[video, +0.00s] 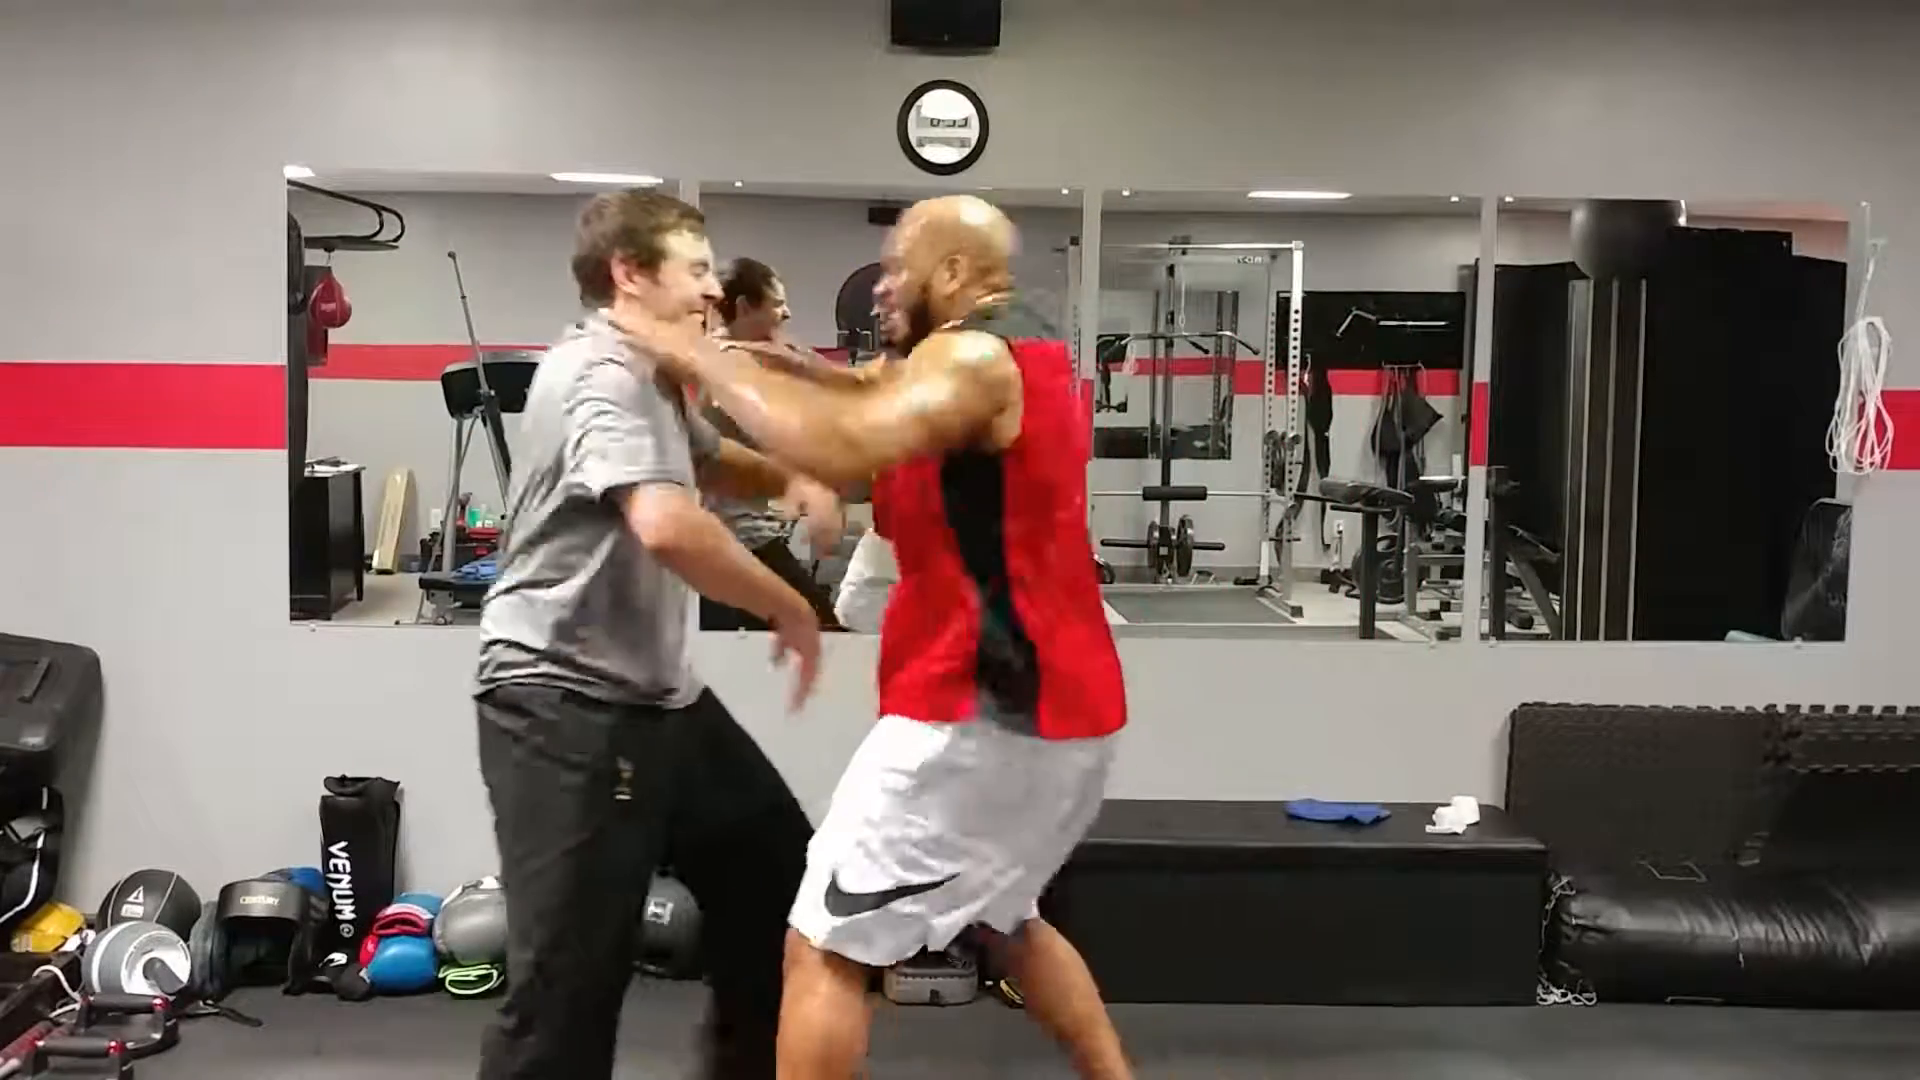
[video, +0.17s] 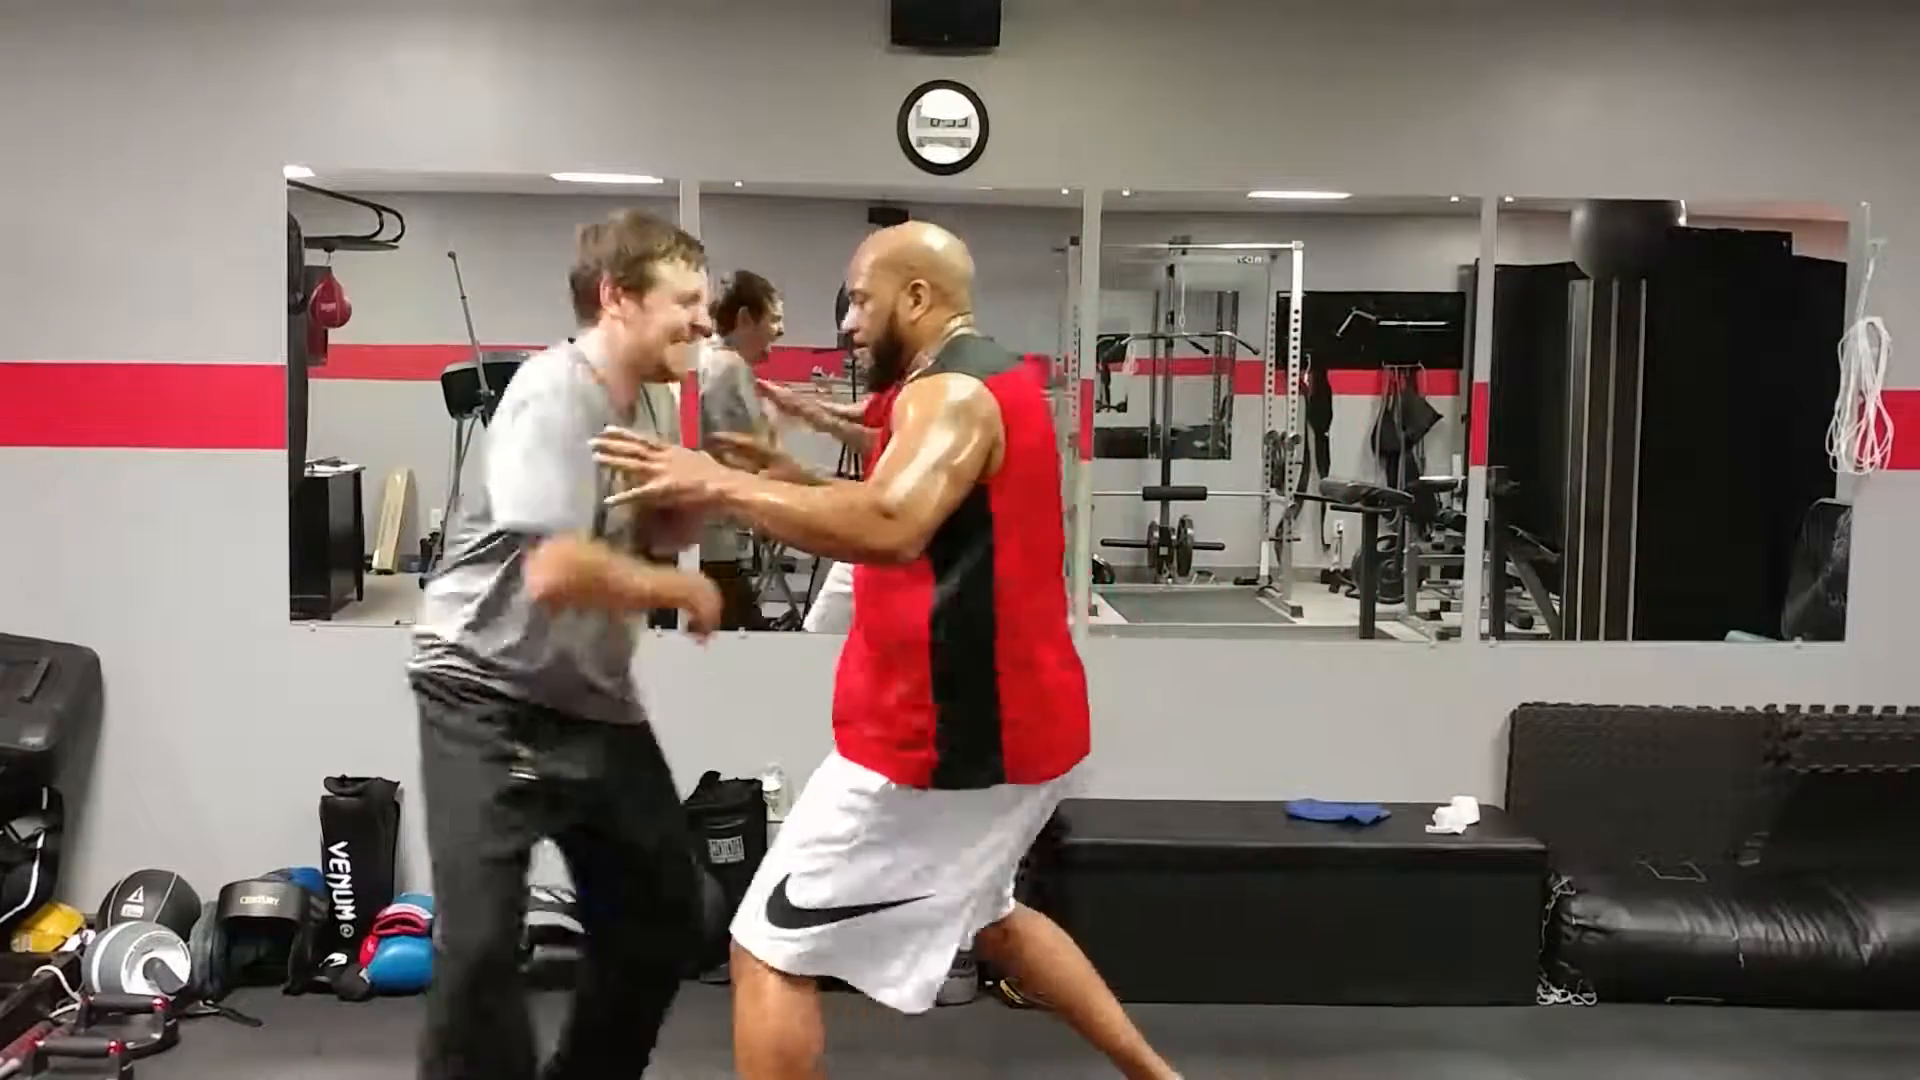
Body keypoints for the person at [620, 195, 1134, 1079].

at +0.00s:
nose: (884, 287)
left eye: (896, 268)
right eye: (887, 268)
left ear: (949, 275)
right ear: (979, 277)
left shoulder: (971, 363)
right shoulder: (1028, 354)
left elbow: (847, 449)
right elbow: (874, 388)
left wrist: (695, 353)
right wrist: (764, 357)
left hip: (974, 705)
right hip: (1063, 703)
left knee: (826, 947)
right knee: (1005, 915)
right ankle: (1113, 1071)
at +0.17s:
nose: (847, 325)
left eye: (858, 302)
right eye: (847, 304)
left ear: (918, 298)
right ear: (933, 300)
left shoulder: (951, 393)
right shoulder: (1000, 379)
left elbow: (890, 526)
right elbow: (912, 511)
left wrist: (719, 486)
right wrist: (788, 474)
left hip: (930, 740)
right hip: (1019, 731)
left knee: (768, 949)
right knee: (992, 916)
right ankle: (1153, 1071)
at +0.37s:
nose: (895, 297)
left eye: (912, 279)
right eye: (897, 278)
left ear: (972, 281)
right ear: (984, 284)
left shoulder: (1006, 374)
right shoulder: (1036, 356)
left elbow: (961, 513)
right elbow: (947, 501)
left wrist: (789, 534)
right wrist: (882, 435)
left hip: (1001, 705)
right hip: (1090, 698)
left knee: (839, 916)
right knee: (1062, 906)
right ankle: (1155, 1069)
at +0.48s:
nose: (921, 293)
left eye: (936, 274)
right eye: (922, 274)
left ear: (998, 274)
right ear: (1009, 277)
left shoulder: (1025, 371)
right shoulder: (1070, 352)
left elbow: (990, 517)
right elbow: (1020, 498)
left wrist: (842, 596)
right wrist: (925, 441)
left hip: (1022, 688)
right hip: (1117, 683)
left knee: (852, 882)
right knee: (1072, 900)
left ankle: (889, 1071)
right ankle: (1159, 1070)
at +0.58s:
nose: (945, 284)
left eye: (957, 264)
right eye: (945, 265)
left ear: (1017, 266)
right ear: (1034, 267)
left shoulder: (1038, 373)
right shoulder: (1104, 351)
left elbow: (1014, 530)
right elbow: (1070, 500)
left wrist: (904, 665)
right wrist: (952, 443)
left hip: (1035, 673)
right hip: (1129, 668)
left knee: (877, 885)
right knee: (1077, 892)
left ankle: (974, 1073)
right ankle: (1161, 1071)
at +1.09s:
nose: (997, 260)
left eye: (1011, 242)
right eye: (1000, 241)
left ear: (1071, 253)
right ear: (1086, 256)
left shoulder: (1090, 361)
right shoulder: (1140, 340)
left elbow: (1076, 511)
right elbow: (1005, 439)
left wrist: (936, 579)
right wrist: (934, 408)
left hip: (1091, 699)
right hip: (1192, 690)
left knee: (1008, 935)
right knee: (1186, 911)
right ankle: (1290, 1072)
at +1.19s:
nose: (1037, 266)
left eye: (1053, 249)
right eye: (1040, 248)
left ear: (1109, 260)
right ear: (1128, 263)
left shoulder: (1114, 355)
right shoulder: (1175, 339)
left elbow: (1023, 478)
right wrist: (976, 414)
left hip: (1108, 693)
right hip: (1221, 676)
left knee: (980, 914)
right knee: (1230, 913)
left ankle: (1030, 1074)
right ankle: (1321, 1073)